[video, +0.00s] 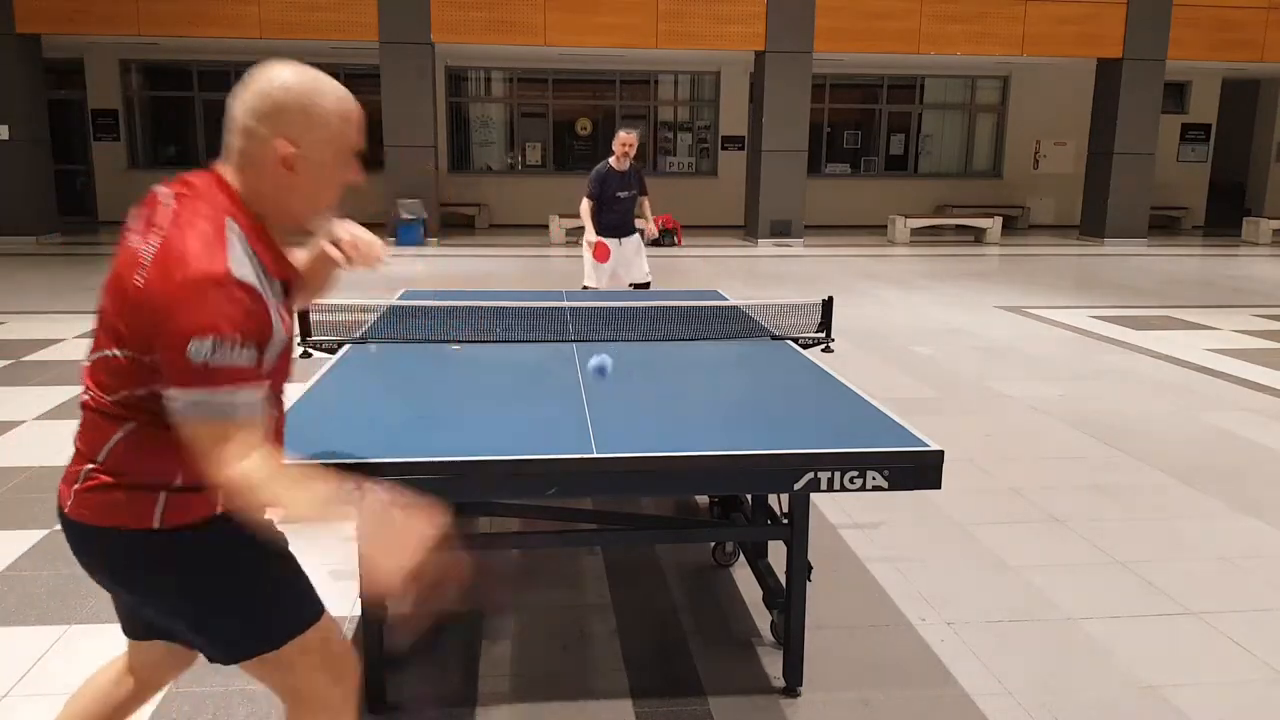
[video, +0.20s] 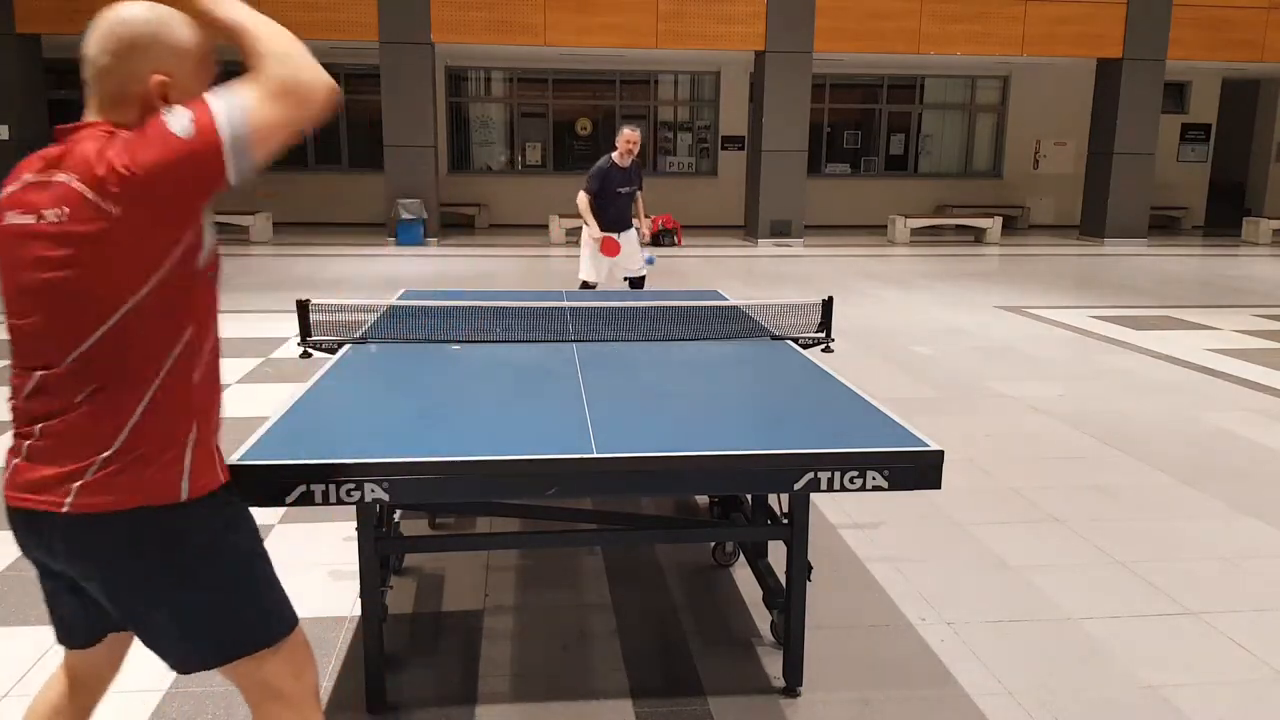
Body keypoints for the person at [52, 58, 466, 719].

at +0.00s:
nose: (357, 177)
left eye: (358, 159)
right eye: (348, 158)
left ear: (278, 156)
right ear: (287, 160)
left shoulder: (186, 199)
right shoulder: (209, 276)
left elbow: (257, 298)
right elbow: (240, 469)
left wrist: (319, 262)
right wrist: (366, 502)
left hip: (118, 501)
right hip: (174, 519)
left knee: (158, 657)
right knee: (327, 680)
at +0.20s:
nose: (207, 97)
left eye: (206, 81)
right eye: (200, 80)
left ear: (92, 82)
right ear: (162, 92)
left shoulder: (21, 185)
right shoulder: (148, 165)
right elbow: (307, 88)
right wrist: (234, 11)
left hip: (42, 501)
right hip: (153, 502)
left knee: (83, 669)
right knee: (285, 686)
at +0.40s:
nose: (116, 96)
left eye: (113, 78)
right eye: (110, 78)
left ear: (9, 89)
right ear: (80, 85)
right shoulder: (99, 163)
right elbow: (264, 131)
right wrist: (182, 36)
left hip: (10, 503)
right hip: (123, 492)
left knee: (59, 666)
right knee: (254, 688)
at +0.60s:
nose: (130, 88)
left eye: (126, 73)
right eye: (124, 74)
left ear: (25, 84)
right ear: (98, 83)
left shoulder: (5, 157)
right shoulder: (107, 172)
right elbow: (288, 217)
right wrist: (250, 110)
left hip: (12, 489)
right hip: (99, 488)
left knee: (49, 669)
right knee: (241, 674)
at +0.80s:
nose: (226, 105)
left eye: (222, 88)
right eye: (222, 89)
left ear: (120, 95)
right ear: (203, 98)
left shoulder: (35, 178)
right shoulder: (175, 204)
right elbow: (319, 332)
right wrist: (351, 229)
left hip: (14, 498)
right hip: (122, 507)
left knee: (68, 665)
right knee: (269, 677)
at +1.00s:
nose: (313, 148)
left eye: (312, 132)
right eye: (311, 132)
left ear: (210, 124)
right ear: (291, 139)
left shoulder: (120, 192)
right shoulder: (237, 241)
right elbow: (293, 426)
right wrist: (384, 386)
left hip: (46, 497)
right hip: (148, 514)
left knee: (115, 641)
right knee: (301, 673)